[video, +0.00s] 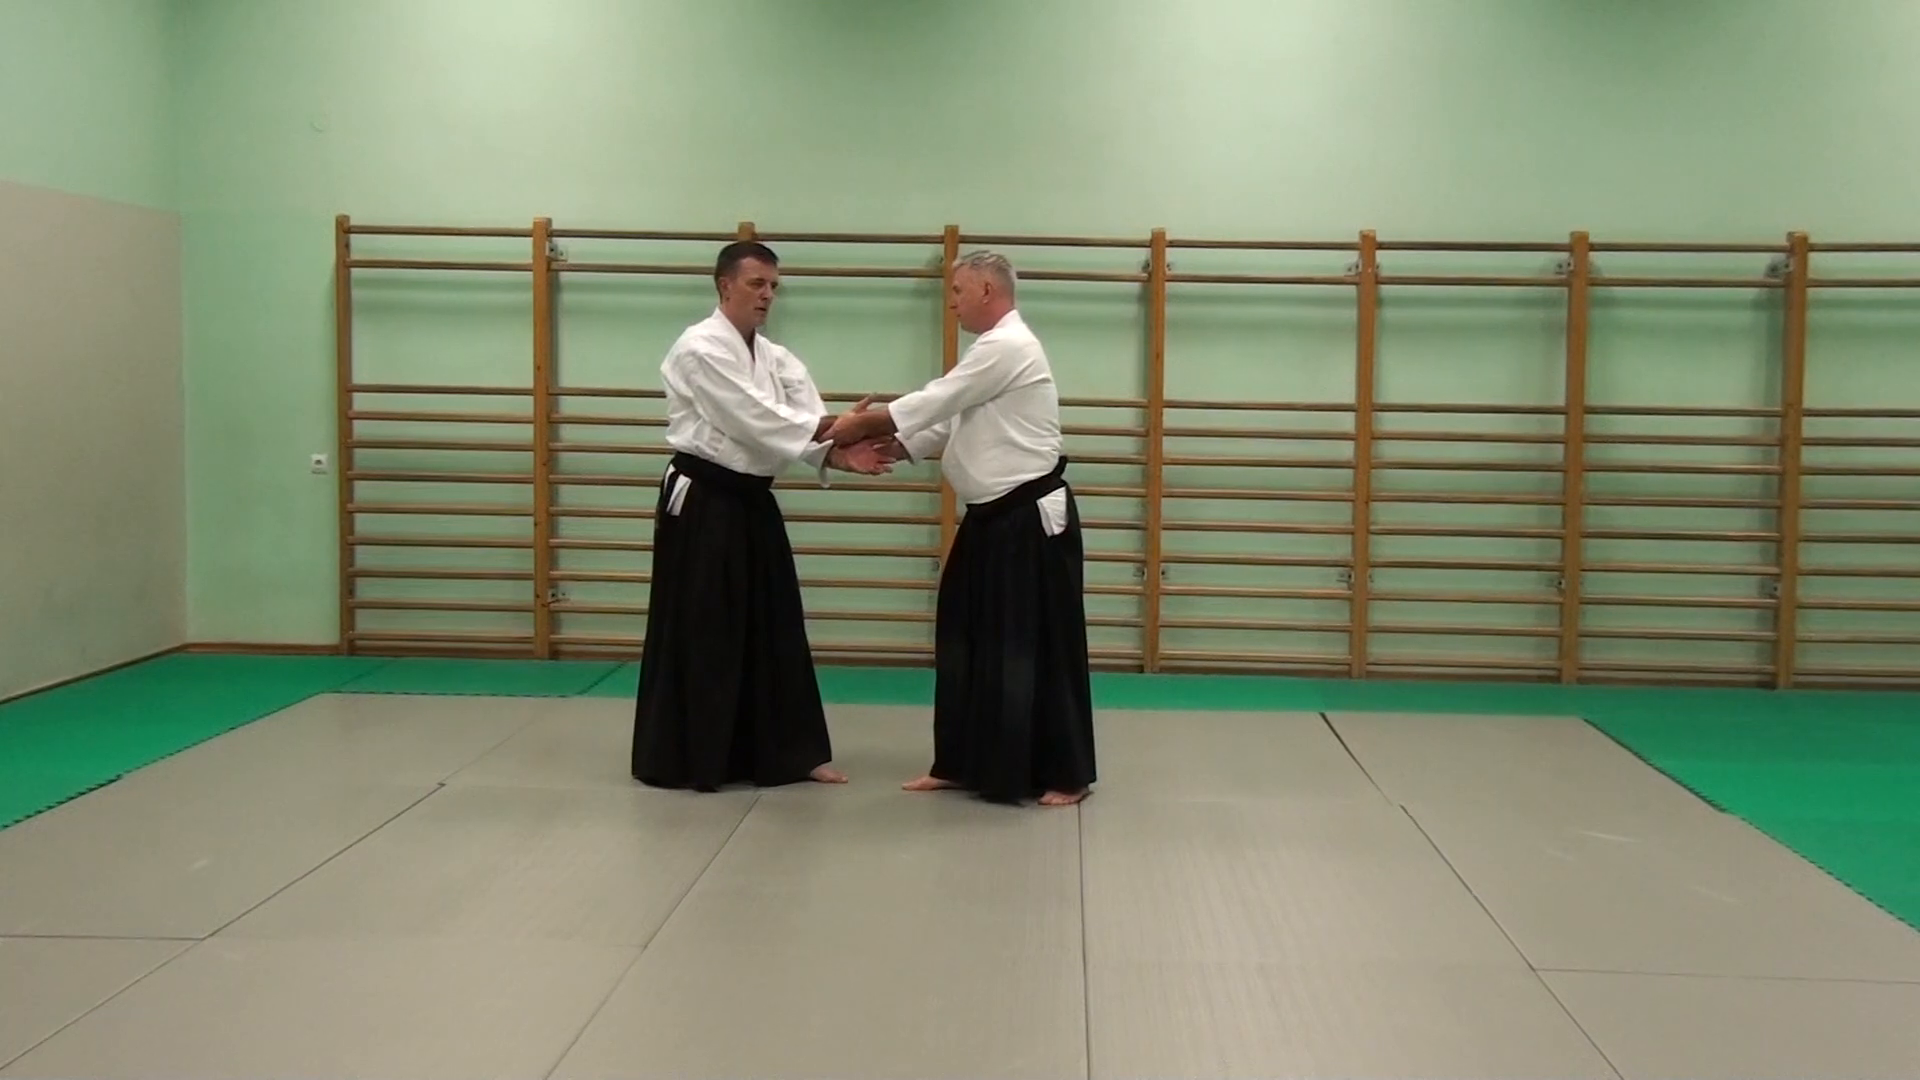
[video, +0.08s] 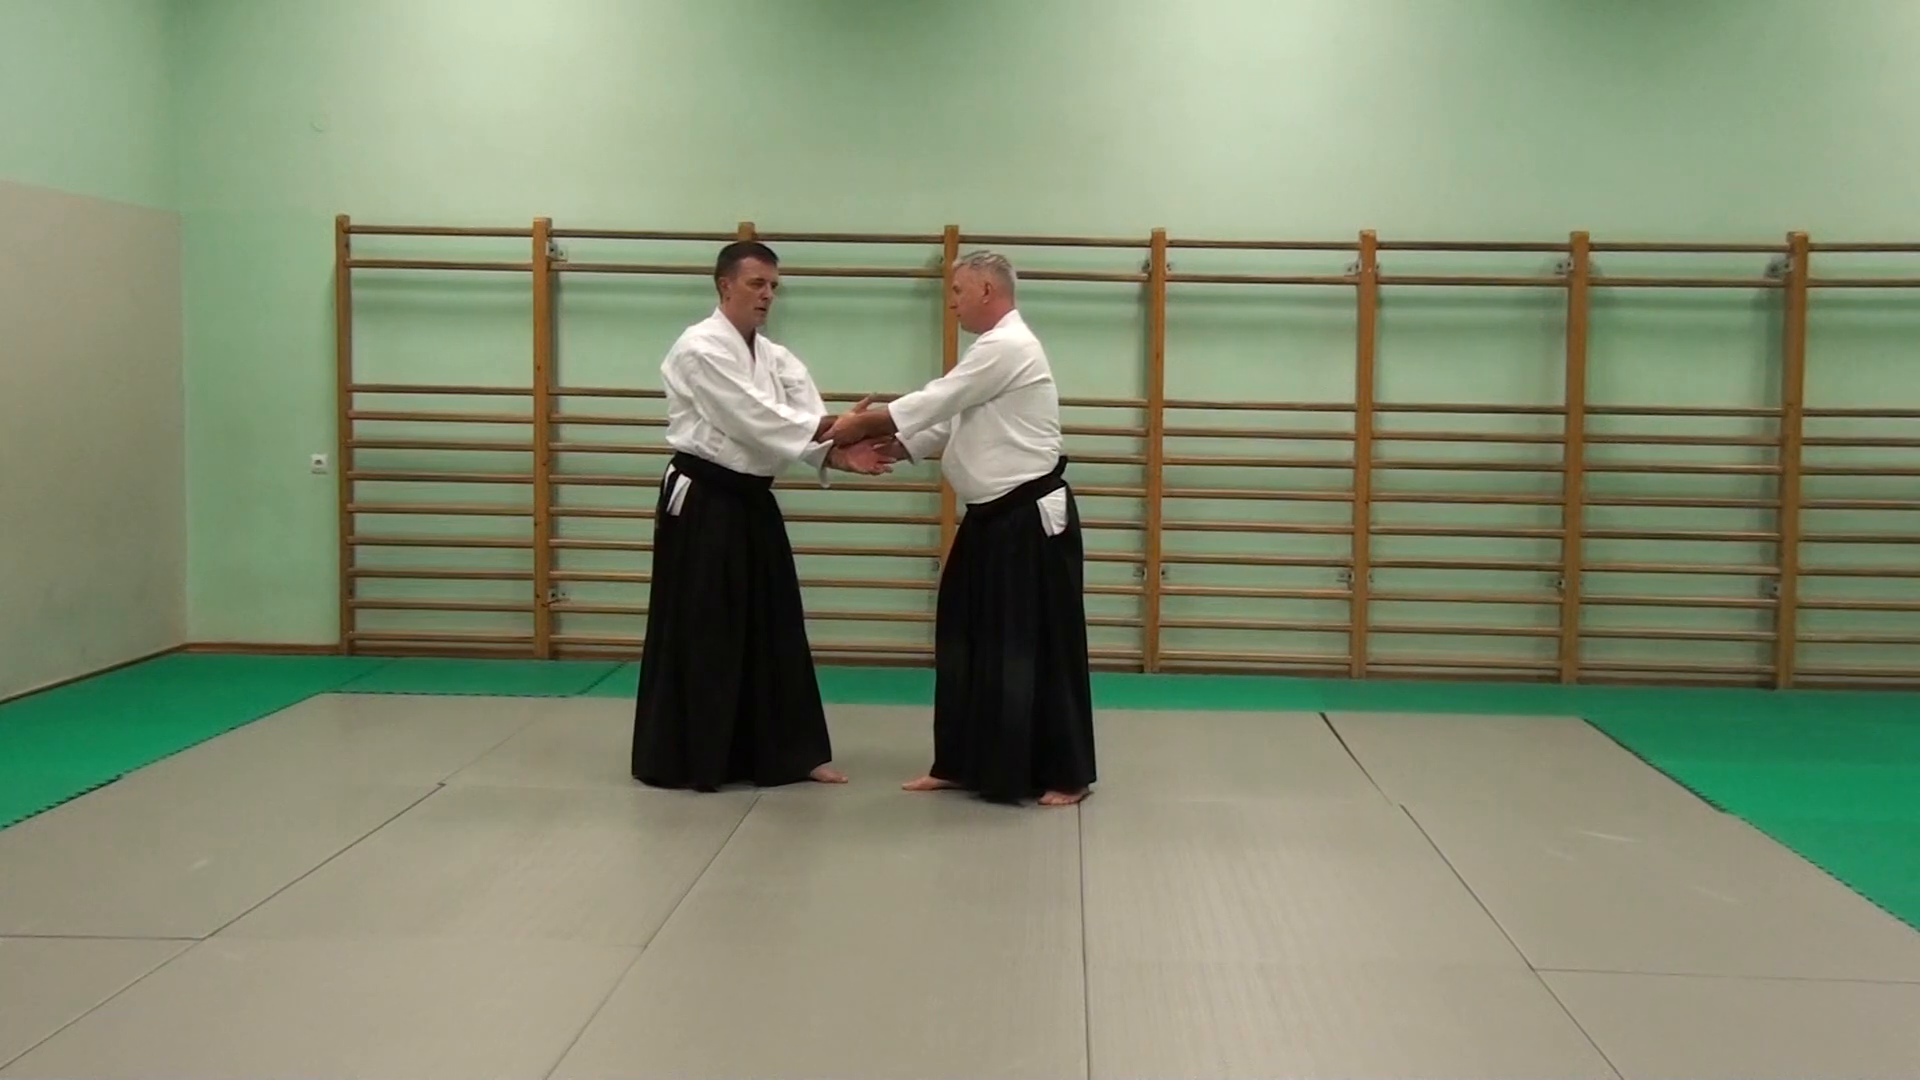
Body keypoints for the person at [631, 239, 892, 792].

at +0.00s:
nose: (767, 295)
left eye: (772, 286)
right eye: (756, 284)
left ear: (774, 291)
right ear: (725, 286)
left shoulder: (782, 360)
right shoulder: (698, 348)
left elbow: (806, 426)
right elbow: (751, 419)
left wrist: (842, 453)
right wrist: (827, 437)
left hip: (755, 501)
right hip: (702, 499)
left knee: (774, 626)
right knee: (701, 628)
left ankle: (792, 755)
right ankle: (692, 758)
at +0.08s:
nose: (767, 295)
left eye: (773, 286)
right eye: (756, 284)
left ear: (774, 291)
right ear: (725, 286)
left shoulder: (781, 359)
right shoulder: (698, 348)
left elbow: (807, 425)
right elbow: (752, 419)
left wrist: (842, 453)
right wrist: (828, 438)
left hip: (755, 501)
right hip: (702, 499)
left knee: (774, 626)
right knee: (702, 628)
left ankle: (792, 755)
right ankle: (692, 758)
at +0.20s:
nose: (769, 295)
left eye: (774, 286)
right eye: (758, 284)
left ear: (775, 291)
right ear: (726, 286)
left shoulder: (783, 360)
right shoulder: (699, 347)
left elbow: (808, 427)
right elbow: (753, 418)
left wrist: (843, 454)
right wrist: (830, 438)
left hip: (755, 501)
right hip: (702, 499)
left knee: (775, 626)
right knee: (701, 628)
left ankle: (792, 754)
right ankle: (692, 757)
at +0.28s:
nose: (769, 294)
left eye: (774, 286)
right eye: (759, 284)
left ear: (776, 291)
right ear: (727, 286)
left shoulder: (783, 359)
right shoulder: (699, 347)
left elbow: (808, 427)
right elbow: (753, 418)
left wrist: (843, 454)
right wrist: (830, 435)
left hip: (756, 501)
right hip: (702, 499)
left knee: (775, 626)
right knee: (701, 628)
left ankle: (792, 754)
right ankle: (692, 757)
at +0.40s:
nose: (770, 295)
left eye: (775, 287)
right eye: (759, 284)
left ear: (777, 292)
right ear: (727, 287)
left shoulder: (784, 360)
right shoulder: (699, 347)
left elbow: (808, 427)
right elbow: (752, 418)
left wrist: (843, 454)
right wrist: (829, 434)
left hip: (756, 501)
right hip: (702, 499)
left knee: (775, 626)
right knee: (701, 628)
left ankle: (793, 754)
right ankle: (690, 758)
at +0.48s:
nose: (770, 295)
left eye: (776, 287)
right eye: (760, 285)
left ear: (778, 292)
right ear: (728, 287)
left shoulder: (785, 360)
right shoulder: (700, 347)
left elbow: (810, 426)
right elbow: (753, 418)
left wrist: (843, 453)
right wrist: (830, 435)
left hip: (756, 501)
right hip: (702, 499)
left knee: (775, 626)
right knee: (702, 628)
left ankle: (792, 755)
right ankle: (690, 758)